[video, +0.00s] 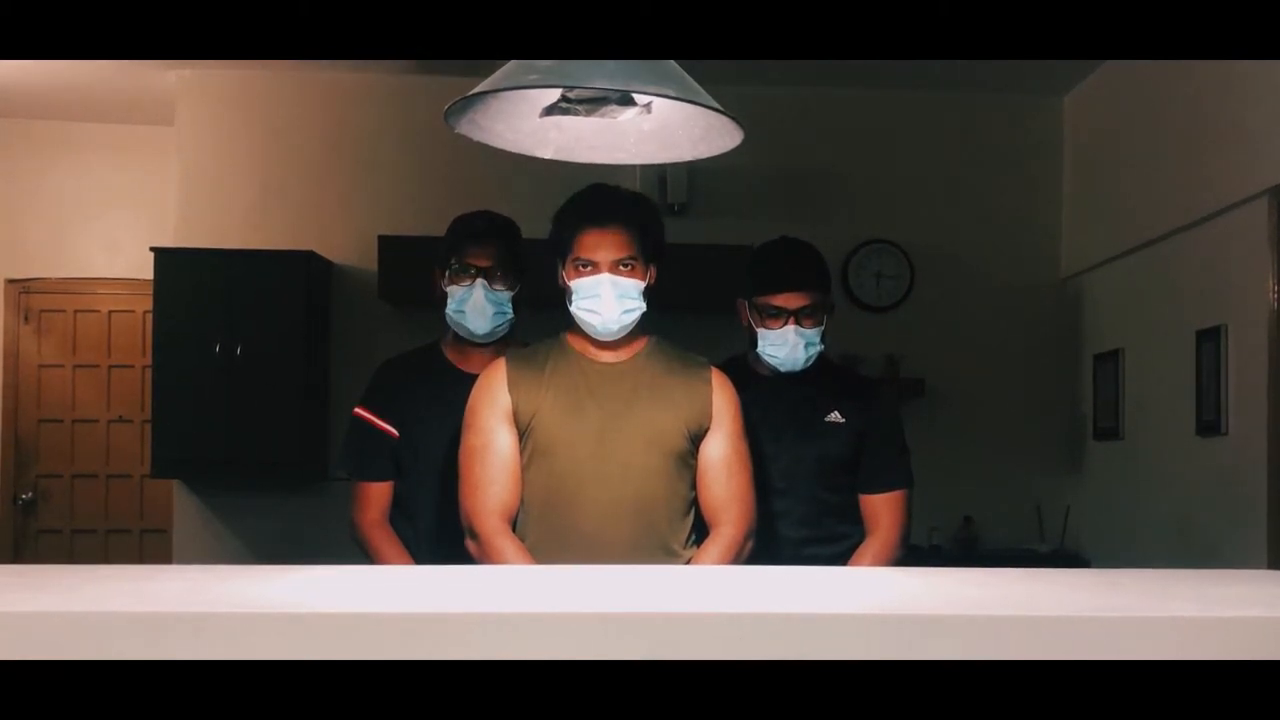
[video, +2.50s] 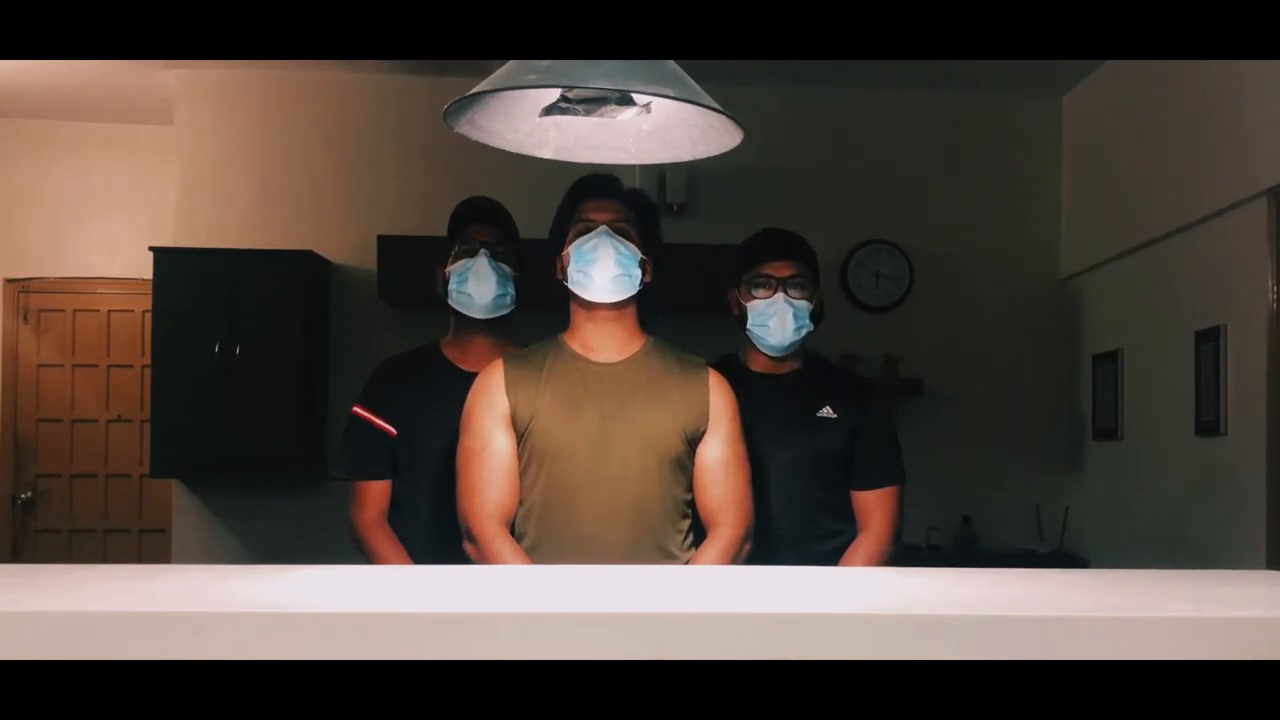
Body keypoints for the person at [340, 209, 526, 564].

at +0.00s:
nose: (480, 292)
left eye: (497, 277)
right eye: (464, 274)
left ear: (517, 287)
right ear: (442, 280)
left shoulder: (540, 383)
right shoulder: (399, 380)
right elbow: (370, 520)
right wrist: (423, 598)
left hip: (517, 594)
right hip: (428, 592)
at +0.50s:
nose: (479, 284)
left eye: (496, 270)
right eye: (463, 267)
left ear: (515, 283)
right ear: (442, 277)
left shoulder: (540, 382)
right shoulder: (397, 380)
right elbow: (369, 520)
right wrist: (422, 598)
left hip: (518, 593)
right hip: (427, 592)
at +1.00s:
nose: (478, 278)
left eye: (496, 266)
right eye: (463, 262)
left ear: (516, 280)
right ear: (442, 276)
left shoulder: (541, 381)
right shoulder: (397, 379)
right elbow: (368, 519)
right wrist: (422, 600)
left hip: (517, 594)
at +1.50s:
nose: (481, 271)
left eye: (498, 259)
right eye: (465, 256)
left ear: (516, 275)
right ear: (443, 273)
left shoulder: (541, 380)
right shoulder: (397, 378)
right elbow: (368, 520)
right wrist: (422, 599)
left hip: (517, 593)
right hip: (426, 591)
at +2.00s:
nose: (480, 263)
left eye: (496, 252)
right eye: (464, 251)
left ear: (515, 270)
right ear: (442, 270)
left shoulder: (542, 380)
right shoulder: (397, 379)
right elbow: (368, 519)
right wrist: (421, 598)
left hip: (518, 594)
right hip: (426, 592)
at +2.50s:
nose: (482, 263)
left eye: (498, 253)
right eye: (468, 251)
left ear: (516, 270)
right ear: (444, 271)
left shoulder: (542, 382)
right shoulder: (397, 380)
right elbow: (368, 519)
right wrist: (422, 598)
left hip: (518, 594)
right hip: (427, 592)